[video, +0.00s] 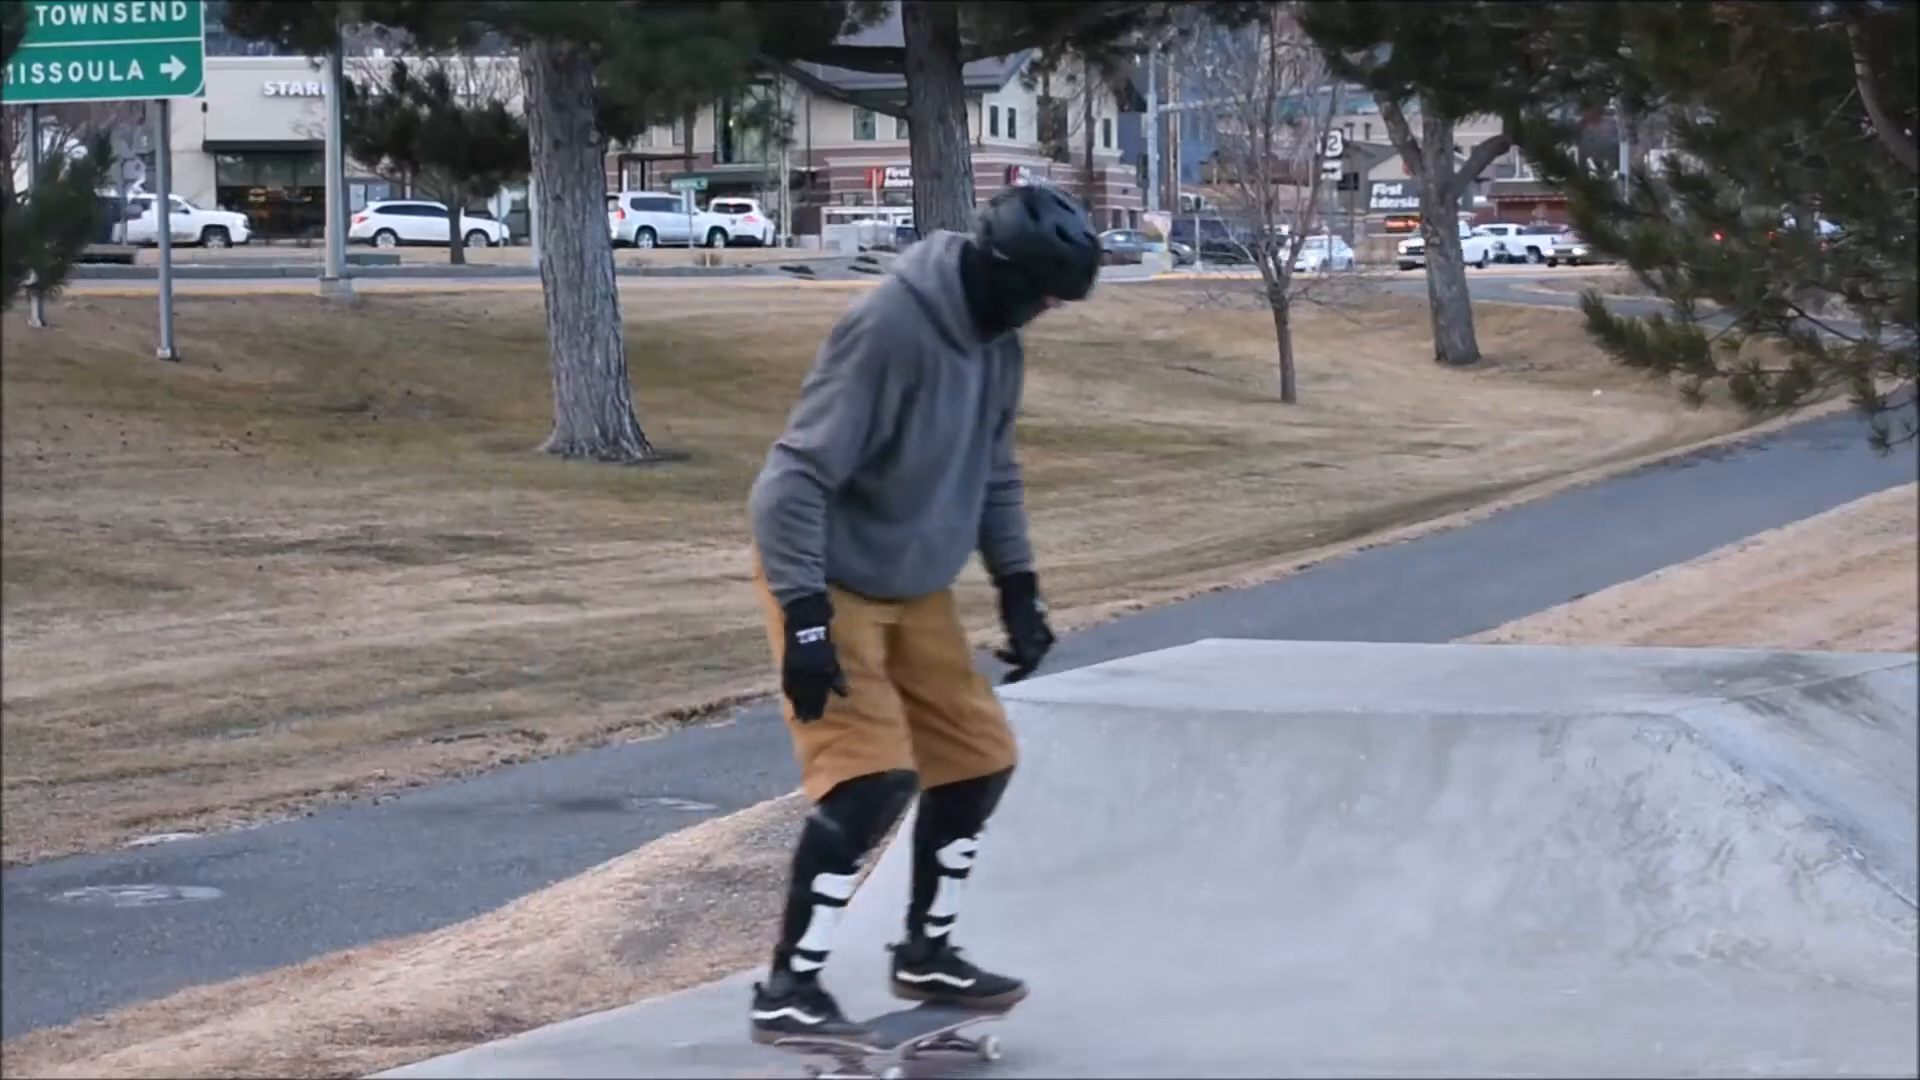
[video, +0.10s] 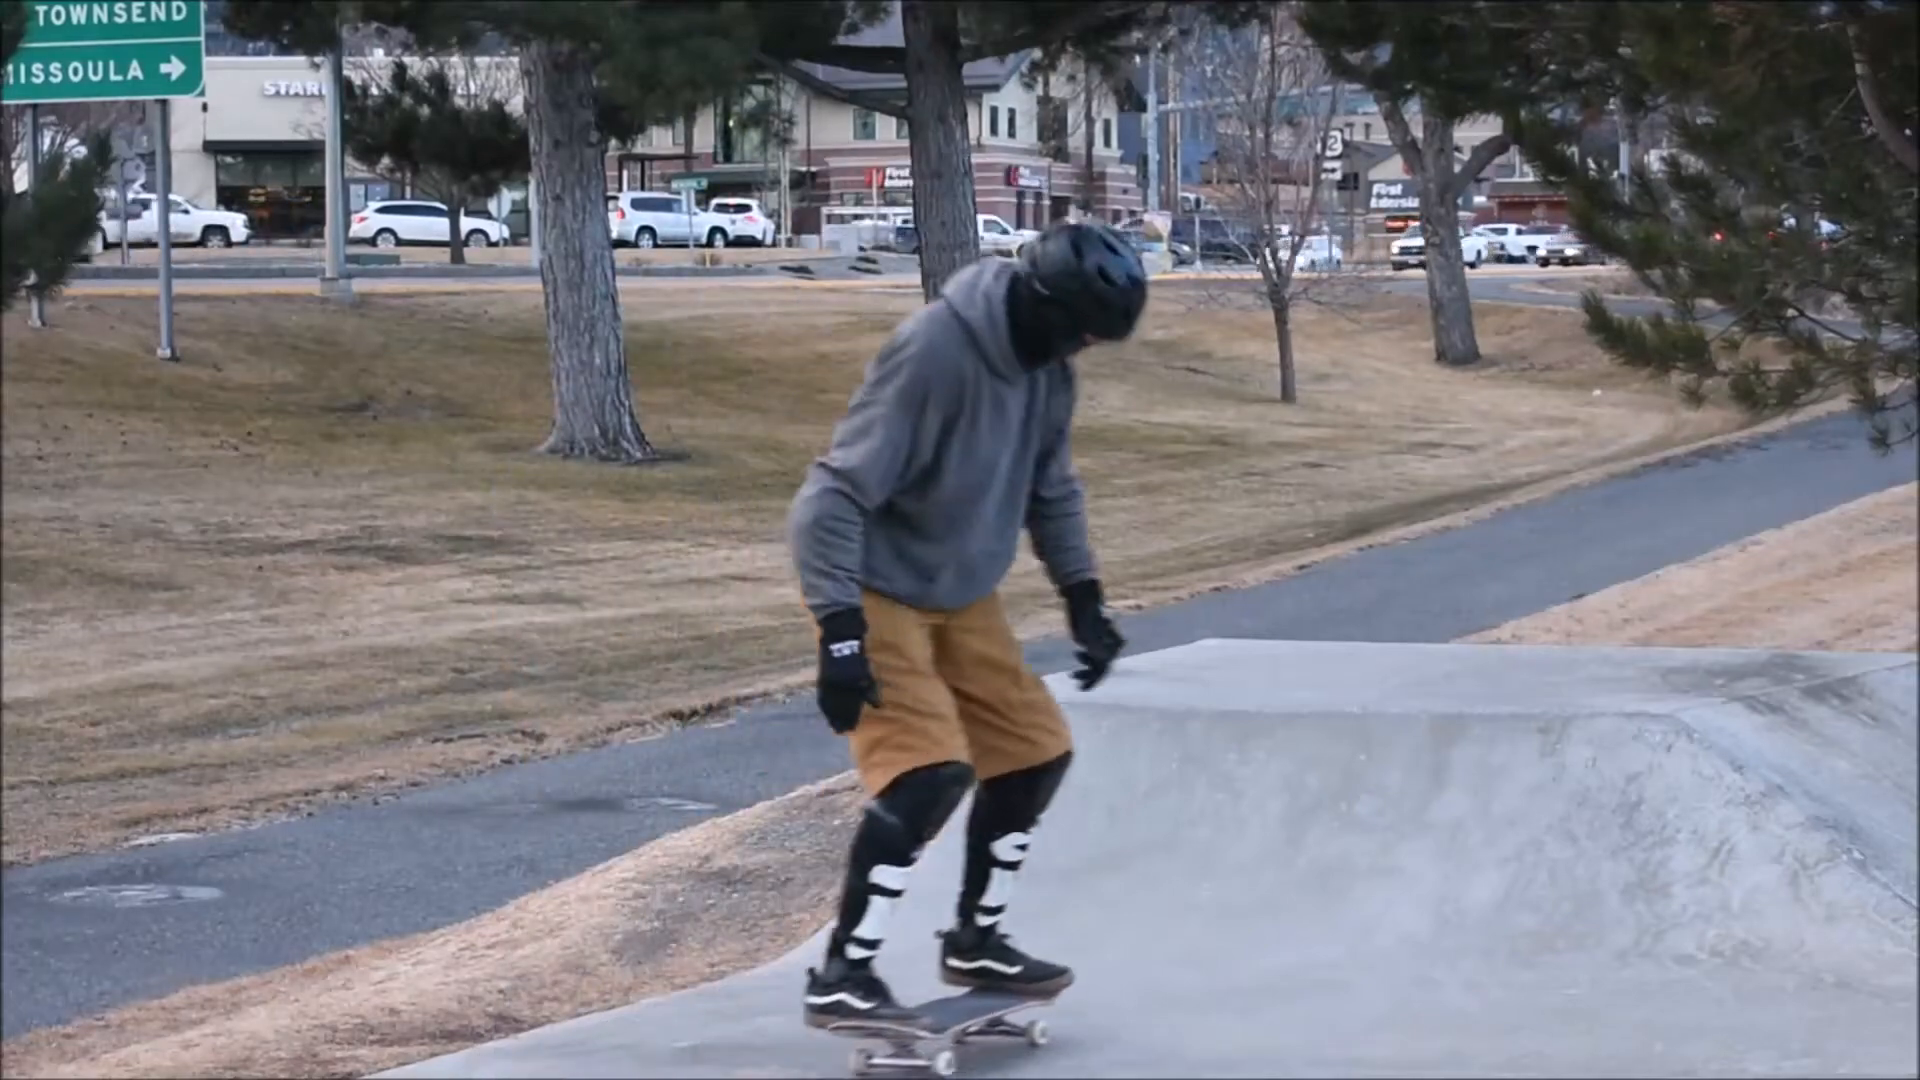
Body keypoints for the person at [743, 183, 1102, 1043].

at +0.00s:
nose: (1041, 313)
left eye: (1050, 301)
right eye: (1041, 296)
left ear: (1024, 275)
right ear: (1004, 268)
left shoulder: (996, 340)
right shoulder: (887, 327)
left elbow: (994, 473)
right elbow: (792, 478)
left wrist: (1018, 586)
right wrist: (805, 622)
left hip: (918, 587)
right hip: (832, 588)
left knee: (974, 764)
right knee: (870, 777)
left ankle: (923, 951)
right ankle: (788, 985)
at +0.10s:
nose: (1077, 348)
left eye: (1086, 337)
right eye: (1076, 331)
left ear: (1074, 312)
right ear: (1044, 299)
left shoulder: (1045, 363)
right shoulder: (933, 350)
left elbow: (1051, 487)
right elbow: (833, 495)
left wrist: (1082, 596)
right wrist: (840, 633)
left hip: (963, 594)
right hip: (876, 592)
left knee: (1033, 757)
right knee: (927, 772)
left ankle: (973, 939)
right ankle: (842, 970)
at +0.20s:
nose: (1113, 391)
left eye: (1122, 381)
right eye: (1109, 375)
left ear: (1119, 353)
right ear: (1078, 339)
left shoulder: (1096, 393)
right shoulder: (974, 380)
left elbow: (1108, 503)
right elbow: (870, 518)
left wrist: (1150, 606)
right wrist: (878, 652)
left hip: (1004, 600)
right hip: (914, 597)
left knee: (1085, 755)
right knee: (985, 772)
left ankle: (1018, 928)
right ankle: (891, 959)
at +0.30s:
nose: (1148, 437)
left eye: (1158, 427)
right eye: (1143, 422)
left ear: (1166, 401)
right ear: (1110, 384)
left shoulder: (1138, 418)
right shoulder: (1012, 417)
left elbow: (1166, 514)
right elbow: (905, 549)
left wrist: (1219, 614)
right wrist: (920, 678)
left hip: (1052, 610)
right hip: (959, 605)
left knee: (1138, 756)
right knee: (1041, 767)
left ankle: (1062, 916)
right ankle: (938, 945)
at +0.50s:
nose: (1186, 479)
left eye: (1203, 468)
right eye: (1174, 465)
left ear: (1227, 439)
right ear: (1147, 429)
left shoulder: (1228, 455)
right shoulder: (1076, 452)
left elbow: (1262, 523)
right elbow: (970, 568)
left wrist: (1306, 566)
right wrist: (977, 691)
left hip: (1139, 618)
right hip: (1043, 613)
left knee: (1231, 758)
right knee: (1132, 759)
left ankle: (1140, 897)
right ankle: (1023, 925)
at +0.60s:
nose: (1198, 461)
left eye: (1214, 451)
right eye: (1186, 448)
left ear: (1243, 424)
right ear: (1161, 412)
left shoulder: (1265, 438)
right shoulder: (1102, 435)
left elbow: (1324, 564)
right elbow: (995, 512)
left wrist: (1276, 524)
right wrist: (957, 615)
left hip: (1187, 598)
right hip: (1085, 594)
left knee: (1266, 756)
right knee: (1170, 748)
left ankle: (1181, 886)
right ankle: (1069, 916)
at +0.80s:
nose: (1209, 375)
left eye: (1222, 363)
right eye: (1195, 363)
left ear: (1253, 328)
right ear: (1170, 324)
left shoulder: (1292, 338)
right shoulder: (1137, 320)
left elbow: (1346, 452)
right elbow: (1070, 311)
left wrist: (1343, 541)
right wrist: (1003, 321)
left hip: (1274, 523)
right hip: (1170, 517)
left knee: (1324, 700)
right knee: (1202, 700)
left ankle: (1328, 826)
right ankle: (1144, 860)